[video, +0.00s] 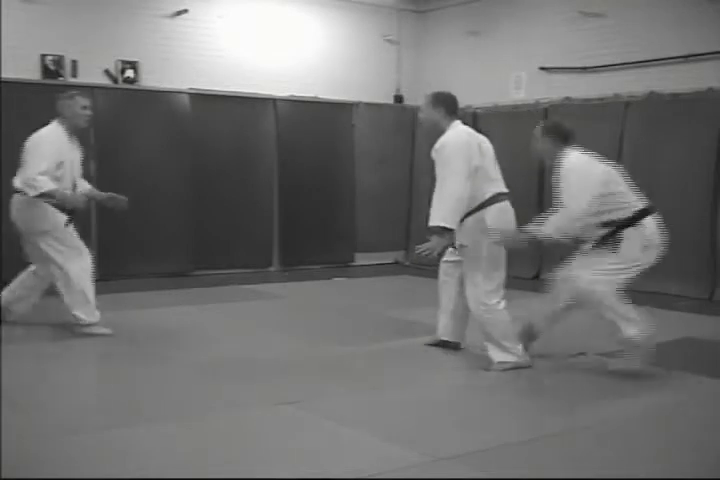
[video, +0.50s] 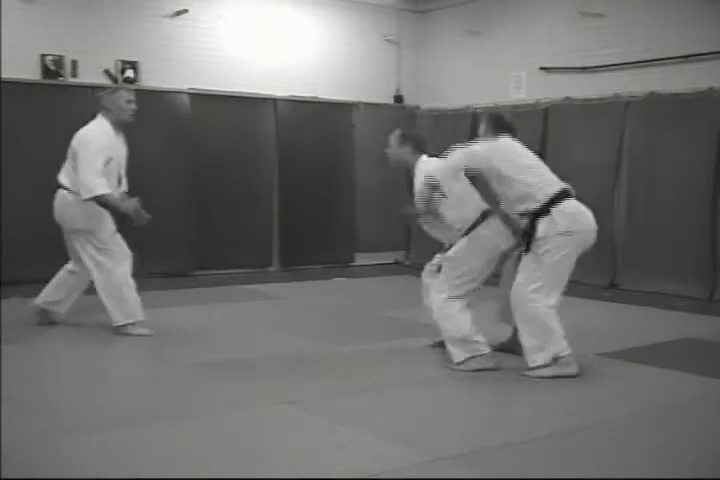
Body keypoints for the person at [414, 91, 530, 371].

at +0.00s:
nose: (420, 117)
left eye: (424, 111)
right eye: (421, 111)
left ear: (441, 112)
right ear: (445, 113)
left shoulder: (455, 141)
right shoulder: (467, 137)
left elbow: (453, 189)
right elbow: (461, 188)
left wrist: (441, 234)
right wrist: (448, 232)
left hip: (484, 217)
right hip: (480, 216)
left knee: (482, 289)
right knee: (451, 267)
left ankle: (510, 355)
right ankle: (449, 335)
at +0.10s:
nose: (423, 114)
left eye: (426, 108)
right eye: (424, 108)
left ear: (442, 110)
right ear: (451, 110)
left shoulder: (454, 141)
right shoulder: (472, 135)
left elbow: (455, 191)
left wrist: (439, 223)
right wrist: (440, 214)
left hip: (479, 222)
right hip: (479, 220)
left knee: (484, 287)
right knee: (453, 273)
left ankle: (510, 353)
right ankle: (450, 337)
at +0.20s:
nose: (424, 113)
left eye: (427, 107)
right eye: (425, 107)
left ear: (442, 108)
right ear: (452, 108)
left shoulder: (449, 140)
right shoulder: (470, 134)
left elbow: (455, 190)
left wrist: (437, 220)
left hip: (473, 218)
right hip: (482, 214)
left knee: (487, 286)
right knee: (453, 275)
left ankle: (508, 353)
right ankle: (452, 336)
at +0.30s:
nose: (411, 117)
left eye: (417, 112)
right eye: (413, 112)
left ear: (433, 116)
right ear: (434, 117)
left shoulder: (444, 149)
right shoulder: (451, 142)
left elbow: (471, 195)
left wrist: (454, 236)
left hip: (481, 226)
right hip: (467, 225)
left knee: (471, 287)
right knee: (443, 271)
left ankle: (505, 347)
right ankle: (455, 334)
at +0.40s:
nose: (398, 134)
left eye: (403, 128)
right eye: (400, 128)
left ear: (419, 132)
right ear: (421, 133)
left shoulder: (437, 161)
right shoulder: (432, 158)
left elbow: (461, 204)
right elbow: (447, 203)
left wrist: (446, 241)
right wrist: (444, 237)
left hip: (492, 223)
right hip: (480, 223)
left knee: (455, 282)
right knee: (436, 269)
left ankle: (489, 339)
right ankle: (457, 332)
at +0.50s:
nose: (387, 153)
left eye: (391, 147)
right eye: (389, 147)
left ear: (407, 147)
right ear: (415, 148)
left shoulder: (426, 173)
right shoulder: (443, 163)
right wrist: (448, 253)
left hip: (488, 230)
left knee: (443, 288)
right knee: (433, 276)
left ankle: (473, 353)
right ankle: (454, 335)